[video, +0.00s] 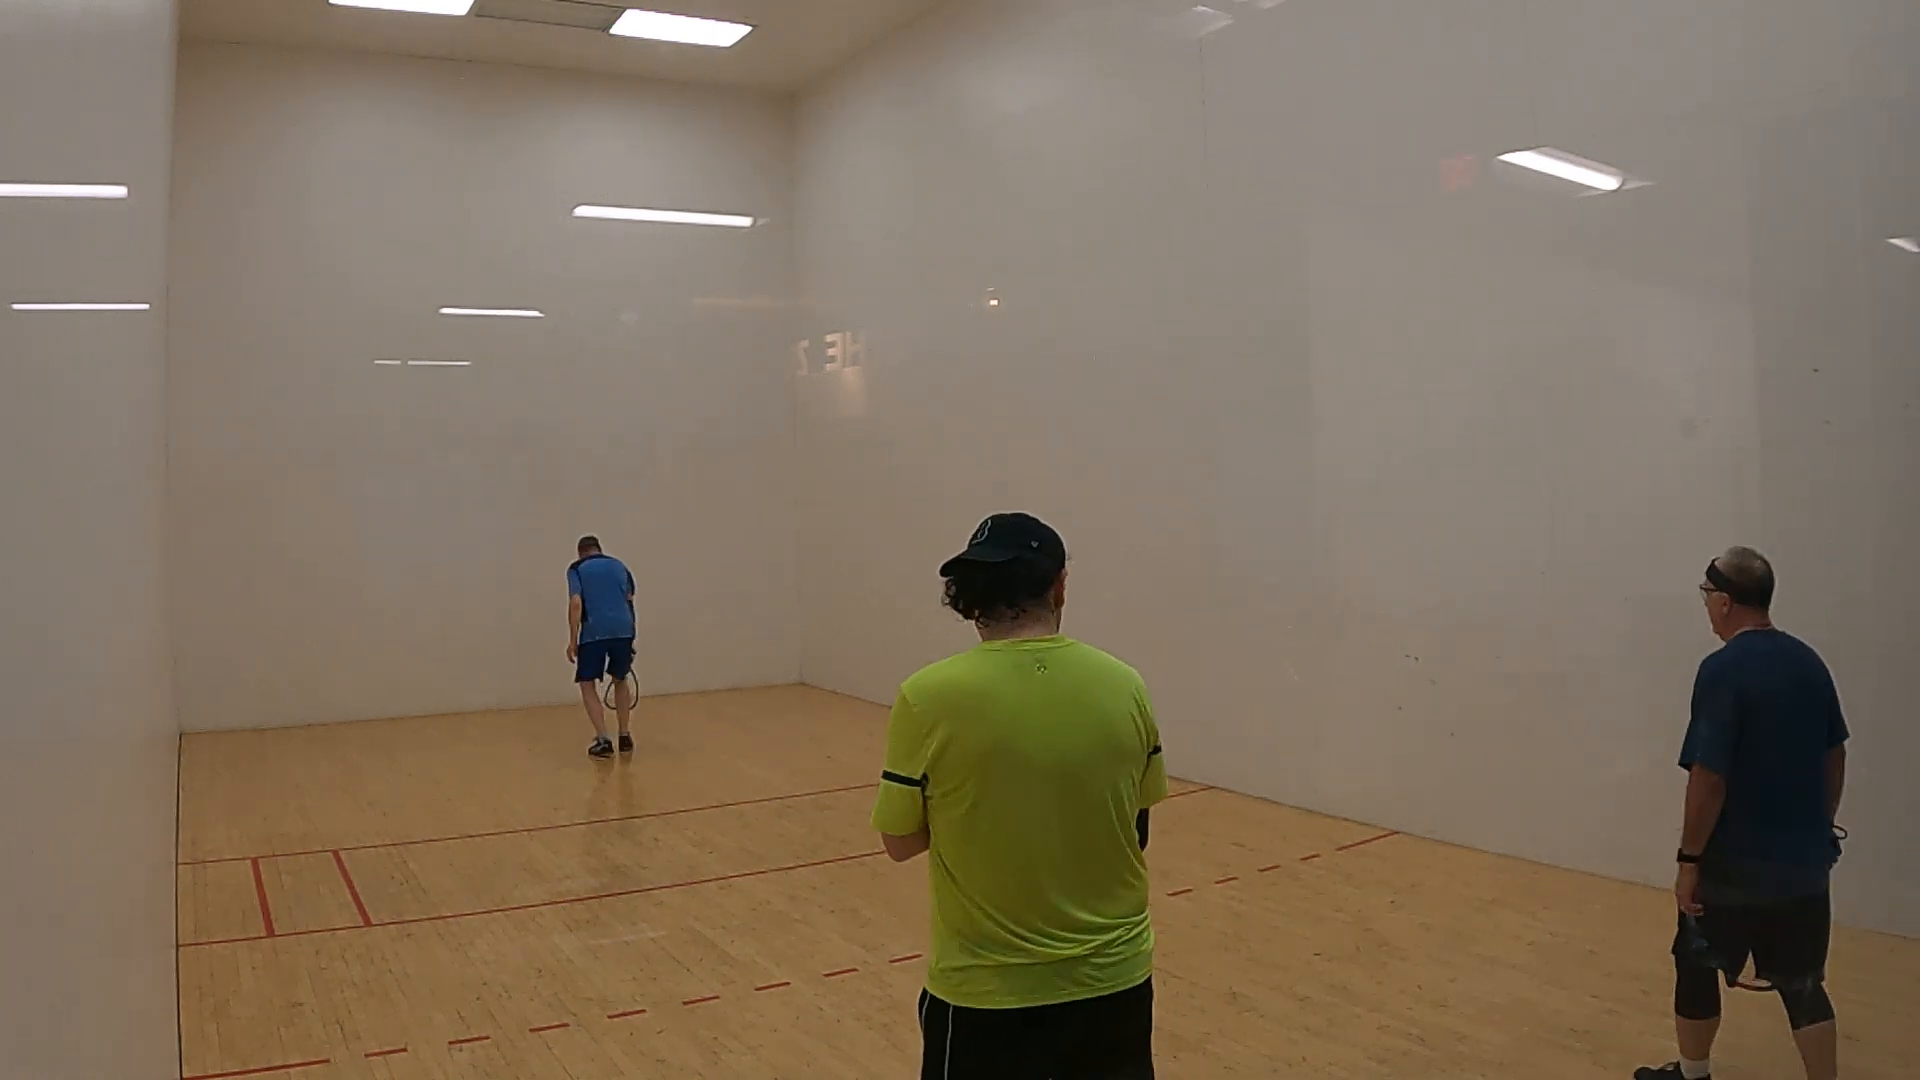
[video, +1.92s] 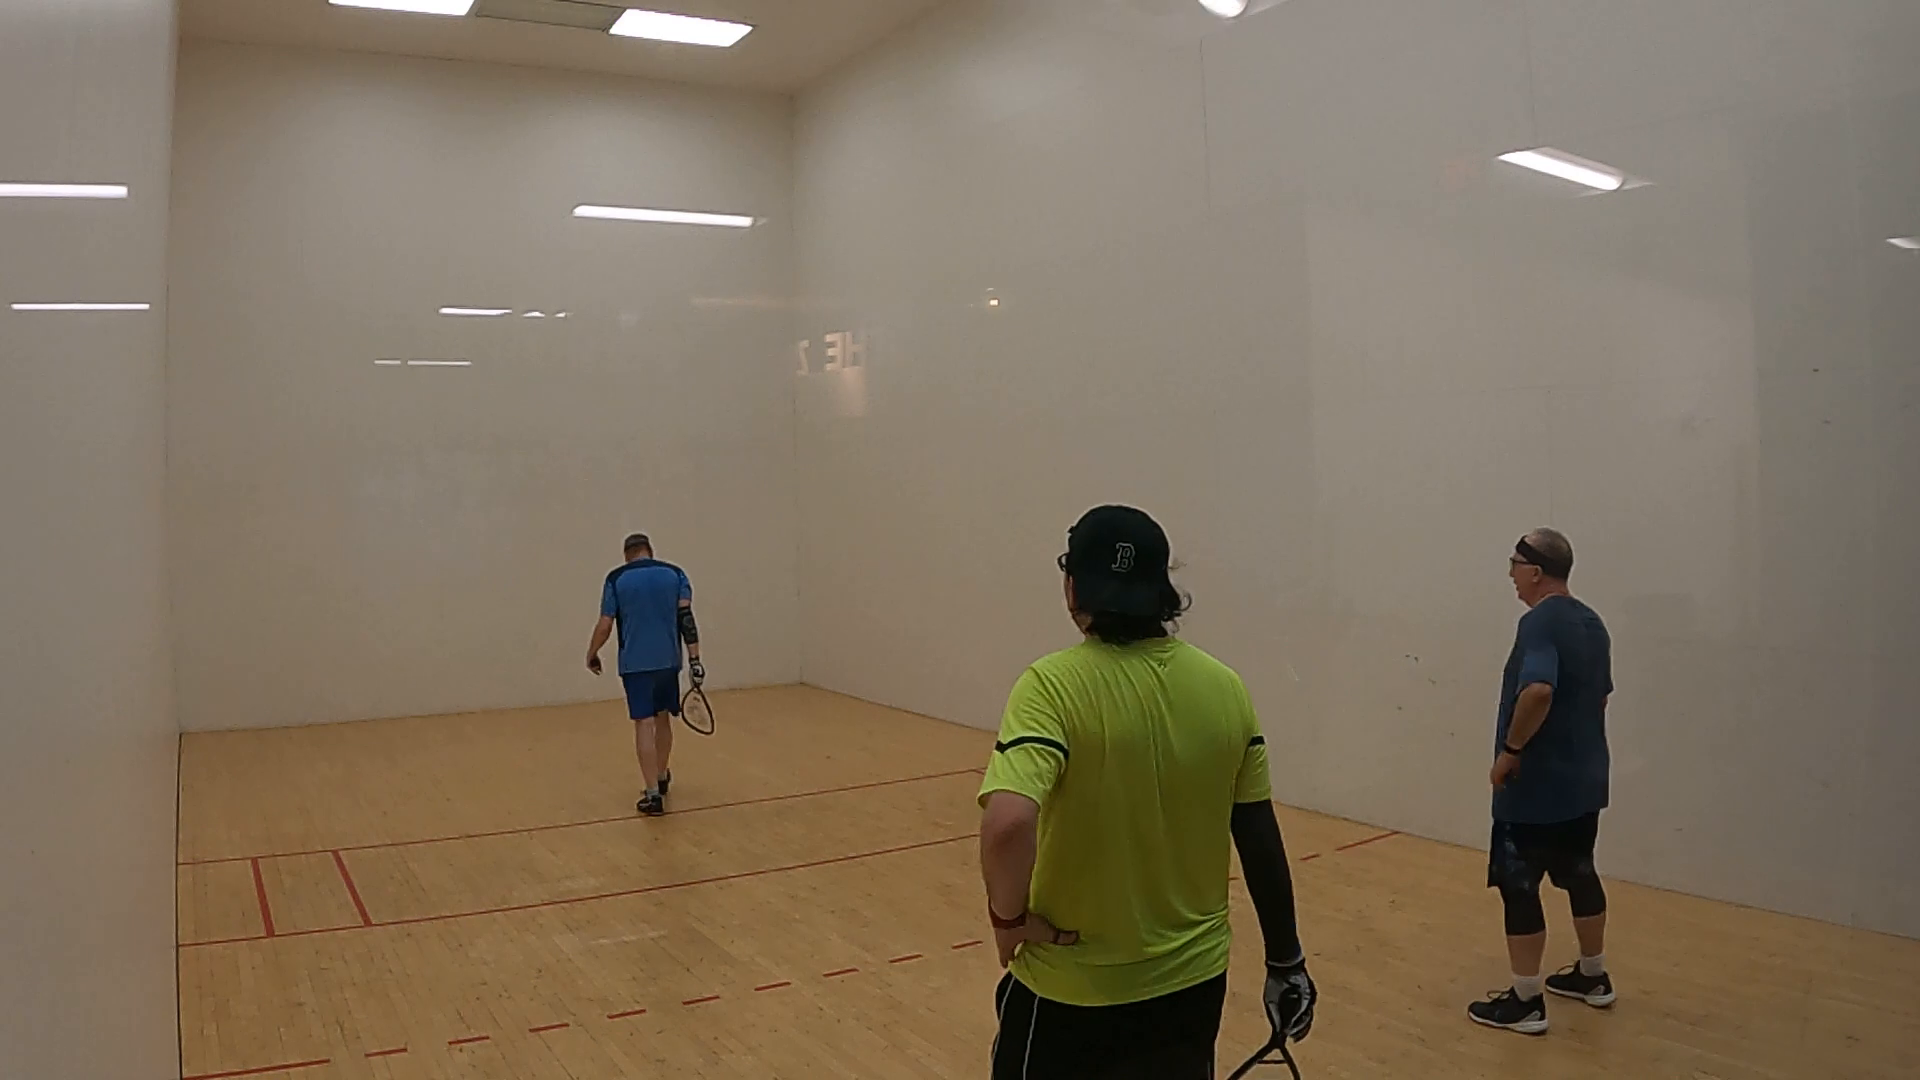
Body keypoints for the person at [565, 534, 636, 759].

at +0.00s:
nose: (580, 558)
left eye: (579, 555)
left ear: (580, 553)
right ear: (600, 549)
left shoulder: (576, 568)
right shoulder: (618, 564)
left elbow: (576, 602)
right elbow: (630, 597)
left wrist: (573, 640)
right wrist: (630, 636)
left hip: (594, 634)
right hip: (624, 632)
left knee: (587, 684)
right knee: (620, 680)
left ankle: (603, 739)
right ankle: (624, 734)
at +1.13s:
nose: (604, 553)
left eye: (602, 550)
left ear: (601, 548)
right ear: (624, 544)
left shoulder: (594, 571)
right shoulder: (647, 565)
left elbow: (585, 614)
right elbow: (659, 605)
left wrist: (582, 650)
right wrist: (670, 642)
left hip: (612, 651)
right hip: (644, 648)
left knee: (613, 703)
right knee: (647, 702)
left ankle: (618, 762)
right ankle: (657, 754)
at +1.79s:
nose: (635, 554)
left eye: (632, 549)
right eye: (644, 548)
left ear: (628, 550)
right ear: (654, 549)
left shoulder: (617, 574)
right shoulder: (675, 572)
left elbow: (606, 619)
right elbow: (685, 617)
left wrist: (594, 653)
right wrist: (694, 656)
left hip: (631, 662)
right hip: (664, 660)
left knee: (637, 721)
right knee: (660, 715)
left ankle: (648, 784)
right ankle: (658, 777)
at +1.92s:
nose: (633, 558)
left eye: (629, 554)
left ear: (626, 555)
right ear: (651, 551)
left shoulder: (616, 578)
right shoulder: (675, 573)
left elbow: (605, 625)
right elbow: (685, 617)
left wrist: (592, 653)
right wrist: (695, 658)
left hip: (635, 665)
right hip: (669, 663)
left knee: (644, 726)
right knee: (663, 720)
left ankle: (652, 794)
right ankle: (662, 775)